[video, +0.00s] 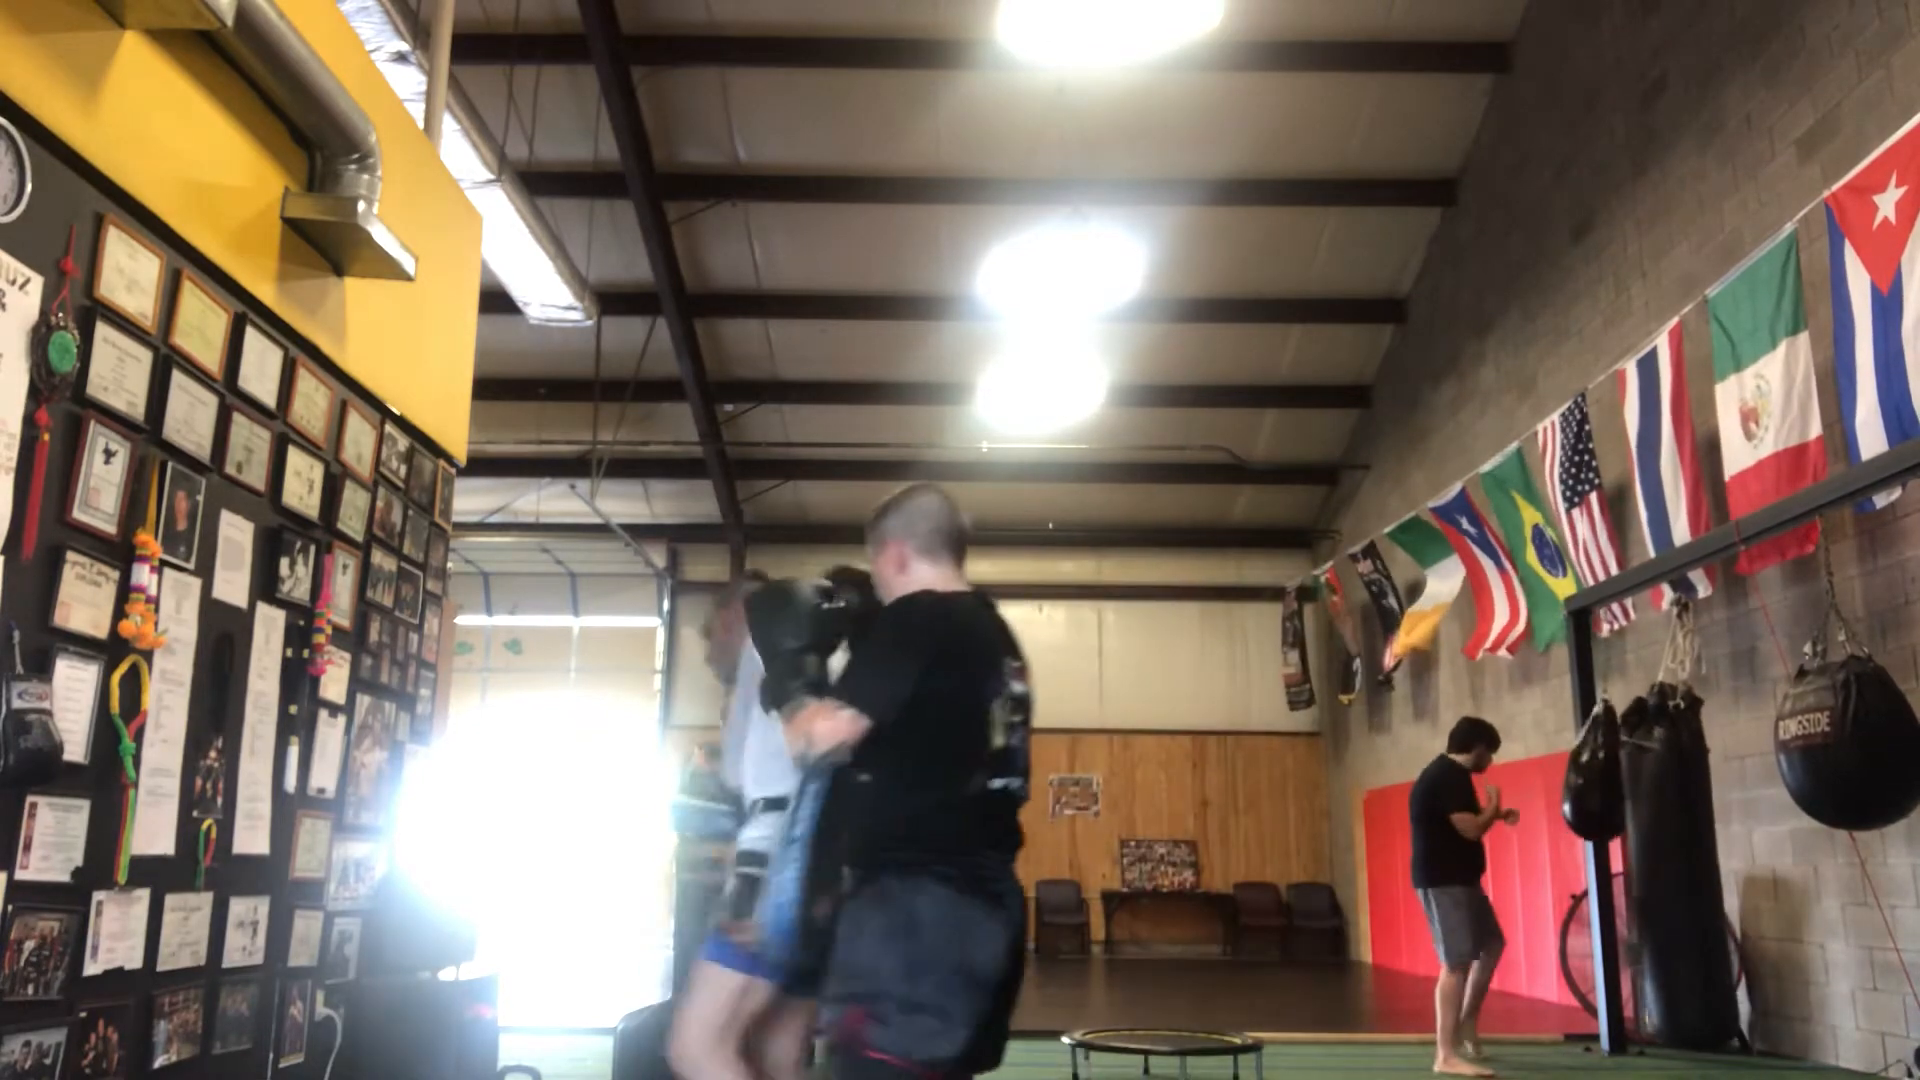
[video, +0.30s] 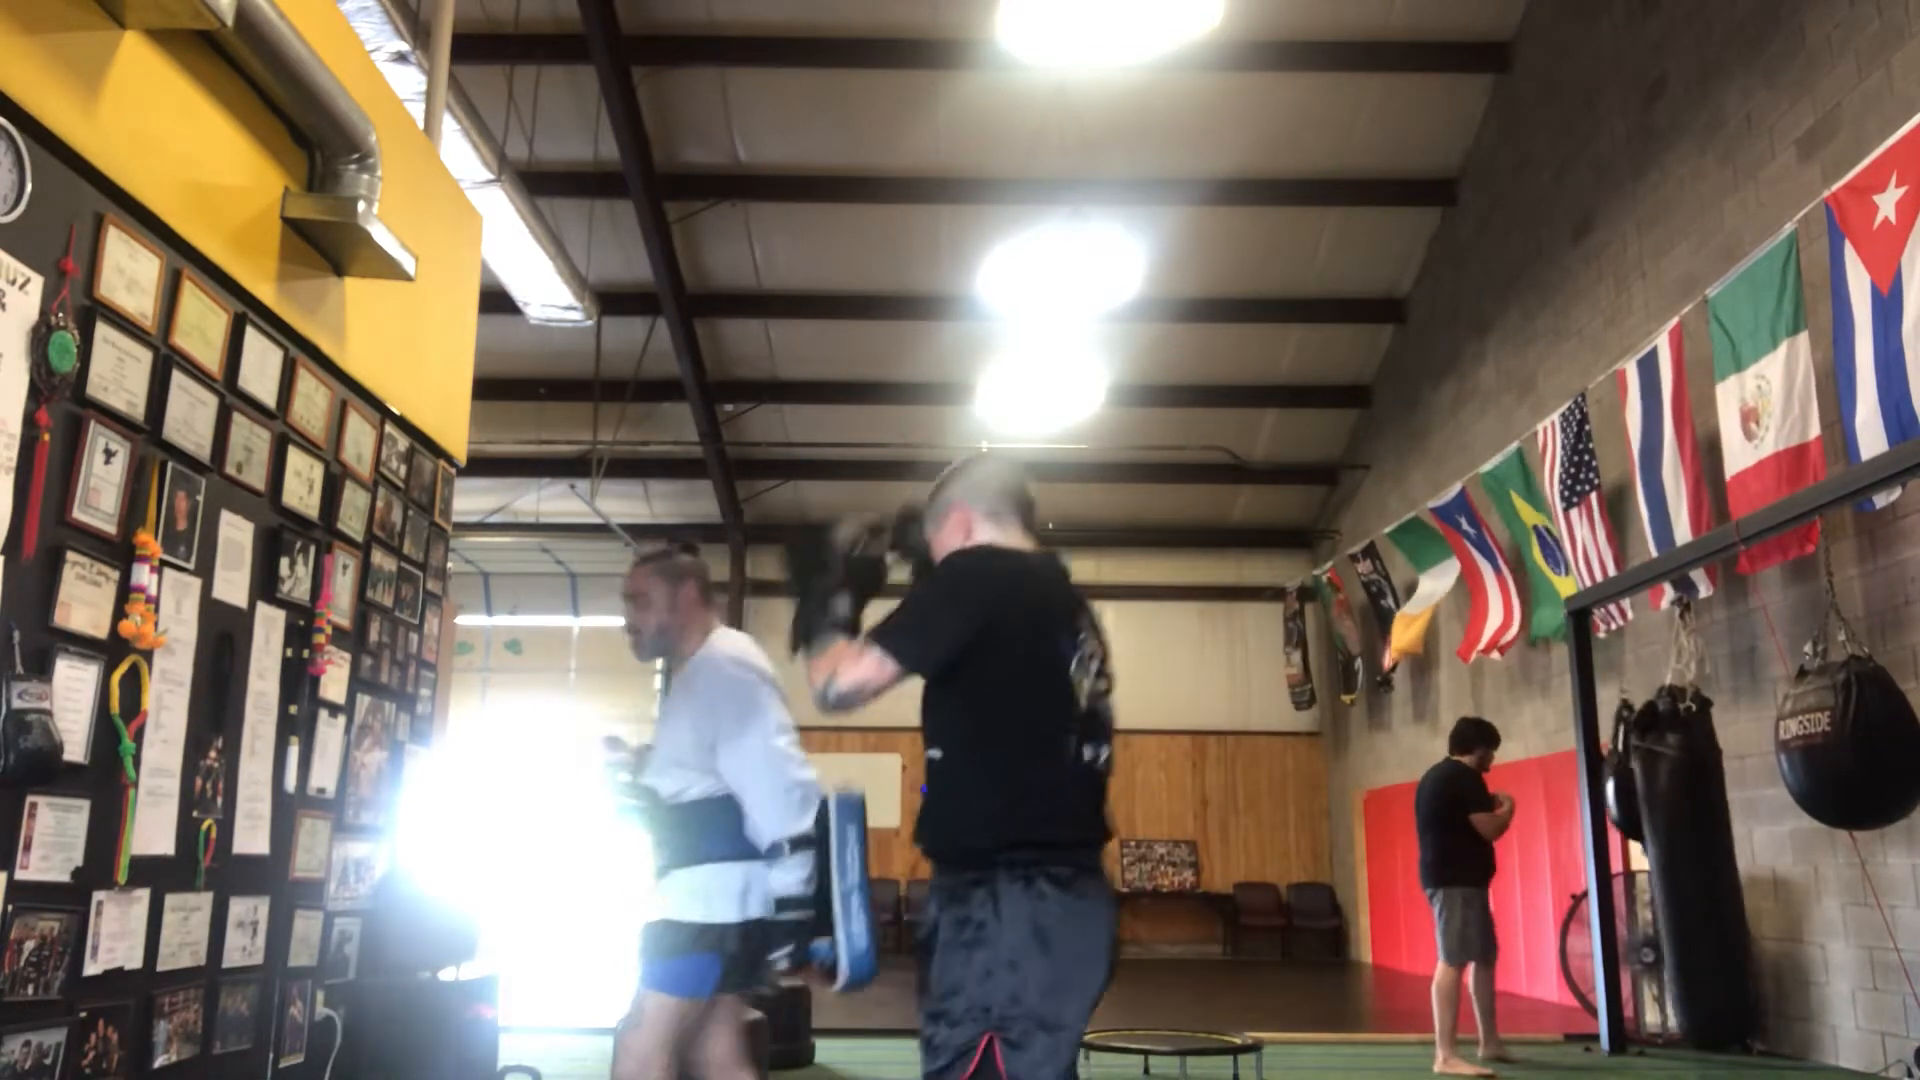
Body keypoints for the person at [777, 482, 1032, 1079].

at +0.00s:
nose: (876, 572)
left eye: (877, 556)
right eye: (875, 558)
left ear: (897, 553)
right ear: (954, 548)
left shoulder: (915, 621)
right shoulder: (991, 629)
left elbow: (819, 735)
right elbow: (932, 732)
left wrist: (785, 658)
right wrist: (868, 632)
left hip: (909, 901)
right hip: (980, 897)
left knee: (874, 1060)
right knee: (939, 1063)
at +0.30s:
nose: (932, 553)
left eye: (933, 535)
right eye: (929, 539)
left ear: (962, 520)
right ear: (1020, 519)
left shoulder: (976, 579)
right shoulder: (1058, 594)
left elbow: (838, 685)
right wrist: (931, 572)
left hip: (1004, 909)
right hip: (1065, 902)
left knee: (974, 1066)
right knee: (1037, 1068)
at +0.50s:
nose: (986, 525)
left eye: (992, 505)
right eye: (988, 509)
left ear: (1023, 502)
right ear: (1081, 504)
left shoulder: (1029, 572)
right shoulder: (1127, 589)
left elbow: (893, 679)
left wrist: (892, 576)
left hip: (1055, 905)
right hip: (1130, 897)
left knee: (1027, 1067)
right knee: (1091, 1066)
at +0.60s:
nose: (1026, 535)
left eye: (1032, 520)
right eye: (1028, 521)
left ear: (1064, 514)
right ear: (1119, 519)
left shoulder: (1076, 588)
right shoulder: (1163, 603)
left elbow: (962, 717)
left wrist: (939, 628)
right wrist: (1015, 583)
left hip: (1088, 913)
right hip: (1159, 907)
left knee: (1042, 1066)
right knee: (1120, 1067)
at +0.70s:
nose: (1070, 565)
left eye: (1074, 545)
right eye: (1070, 548)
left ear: (1108, 534)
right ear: (1155, 537)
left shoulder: (1124, 606)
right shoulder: (1204, 620)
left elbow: (1053, 751)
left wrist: (992, 672)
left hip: (1127, 927)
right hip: (1194, 921)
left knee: (1076, 1066)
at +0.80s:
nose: (1113, 579)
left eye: (1117, 559)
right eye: (1114, 561)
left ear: (1151, 554)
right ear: (1194, 554)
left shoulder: (1175, 630)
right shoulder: (1242, 636)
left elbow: (1127, 782)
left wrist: (1048, 704)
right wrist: (1113, 652)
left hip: (1186, 944)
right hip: (1243, 937)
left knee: (1124, 1067)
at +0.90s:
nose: (1148, 594)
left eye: (1151, 575)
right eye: (1145, 579)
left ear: (1187, 564)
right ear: (1204, 561)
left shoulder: (1223, 633)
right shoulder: (1263, 635)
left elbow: (1191, 791)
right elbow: (1193, 772)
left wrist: (1107, 702)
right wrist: (1132, 694)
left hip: (1246, 944)